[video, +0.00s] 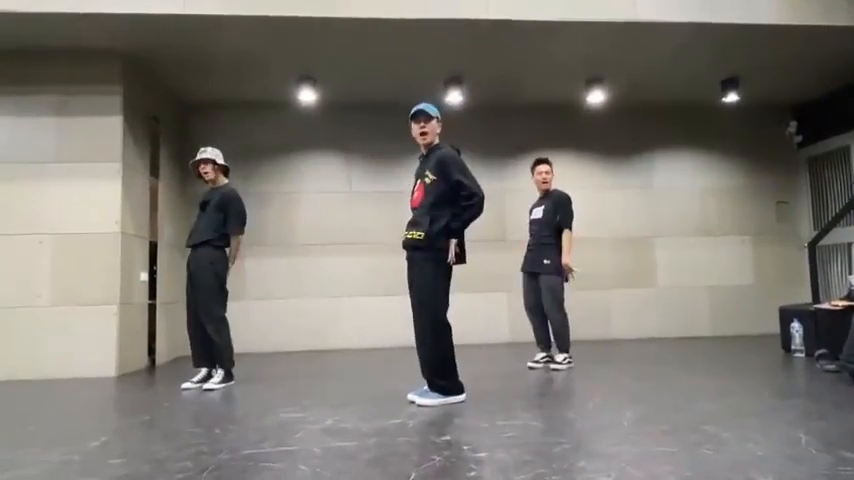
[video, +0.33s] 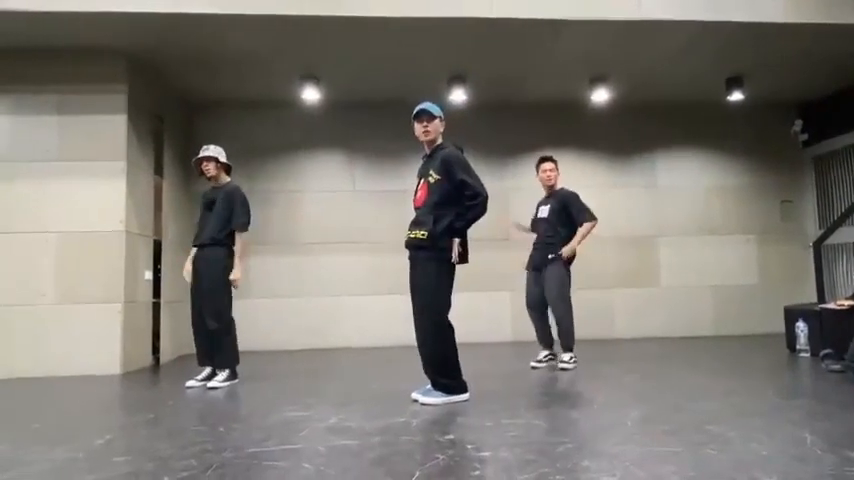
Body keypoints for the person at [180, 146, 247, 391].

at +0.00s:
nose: (203, 169)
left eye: (207, 164)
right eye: (200, 166)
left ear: (219, 166)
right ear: (199, 171)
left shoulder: (230, 195)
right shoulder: (210, 195)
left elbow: (236, 234)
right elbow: (208, 230)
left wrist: (230, 262)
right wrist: (225, 259)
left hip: (213, 254)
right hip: (197, 254)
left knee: (212, 313)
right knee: (196, 313)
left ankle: (224, 370)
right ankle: (204, 367)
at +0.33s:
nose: (205, 167)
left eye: (209, 162)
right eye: (203, 164)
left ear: (221, 164)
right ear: (202, 168)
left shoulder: (234, 193)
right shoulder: (209, 195)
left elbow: (240, 233)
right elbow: (202, 231)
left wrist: (237, 267)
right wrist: (190, 258)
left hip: (219, 256)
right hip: (202, 256)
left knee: (219, 313)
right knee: (200, 313)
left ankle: (227, 368)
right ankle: (208, 365)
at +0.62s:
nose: (209, 164)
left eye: (213, 159)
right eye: (206, 160)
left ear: (225, 162)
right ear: (204, 165)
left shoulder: (239, 191)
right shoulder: (205, 192)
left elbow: (239, 231)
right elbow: (200, 224)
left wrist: (215, 257)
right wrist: (196, 248)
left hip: (230, 254)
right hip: (208, 253)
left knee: (230, 312)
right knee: (192, 305)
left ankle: (233, 367)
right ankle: (225, 338)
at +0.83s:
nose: (205, 159)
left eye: (210, 155)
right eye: (203, 156)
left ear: (222, 158)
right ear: (201, 161)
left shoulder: (236, 187)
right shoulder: (205, 189)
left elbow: (243, 223)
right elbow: (205, 225)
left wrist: (232, 241)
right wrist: (192, 244)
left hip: (226, 254)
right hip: (204, 253)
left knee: (228, 313)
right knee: (177, 297)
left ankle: (236, 366)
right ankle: (215, 322)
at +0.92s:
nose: (203, 160)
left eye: (208, 156)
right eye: (201, 157)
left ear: (220, 159)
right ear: (201, 162)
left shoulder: (234, 187)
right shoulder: (205, 191)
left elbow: (247, 221)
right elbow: (202, 230)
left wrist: (248, 245)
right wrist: (181, 252)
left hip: (225, 252)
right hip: (202, 252)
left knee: (226, 309)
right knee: (190, 307)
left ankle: (234, 365)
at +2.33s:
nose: (225, 153)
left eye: (230, 149)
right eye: (222, 149)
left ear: (240, 154)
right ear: (217, 154)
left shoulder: (249, 185)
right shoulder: (208, 184)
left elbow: (252, 223)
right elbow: (201, 217)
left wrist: (227, 244)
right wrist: (200, 246)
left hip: (240, 252)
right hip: (213, 251)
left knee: (245, 305)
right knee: (203, 302)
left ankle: (257, 357)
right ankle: (197, 355)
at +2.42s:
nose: (228, 150)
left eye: (233, 146)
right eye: (225, 146)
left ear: (243, 151)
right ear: (221, 151)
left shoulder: (254, 182)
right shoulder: (212, 180)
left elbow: (257, 220)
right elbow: (205, 209)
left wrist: (225, 228)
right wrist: (202, 230)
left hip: (243, 250)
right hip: (218, 249)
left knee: (250, 304)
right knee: (202, 296)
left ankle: (258, 357)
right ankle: (226, 338)